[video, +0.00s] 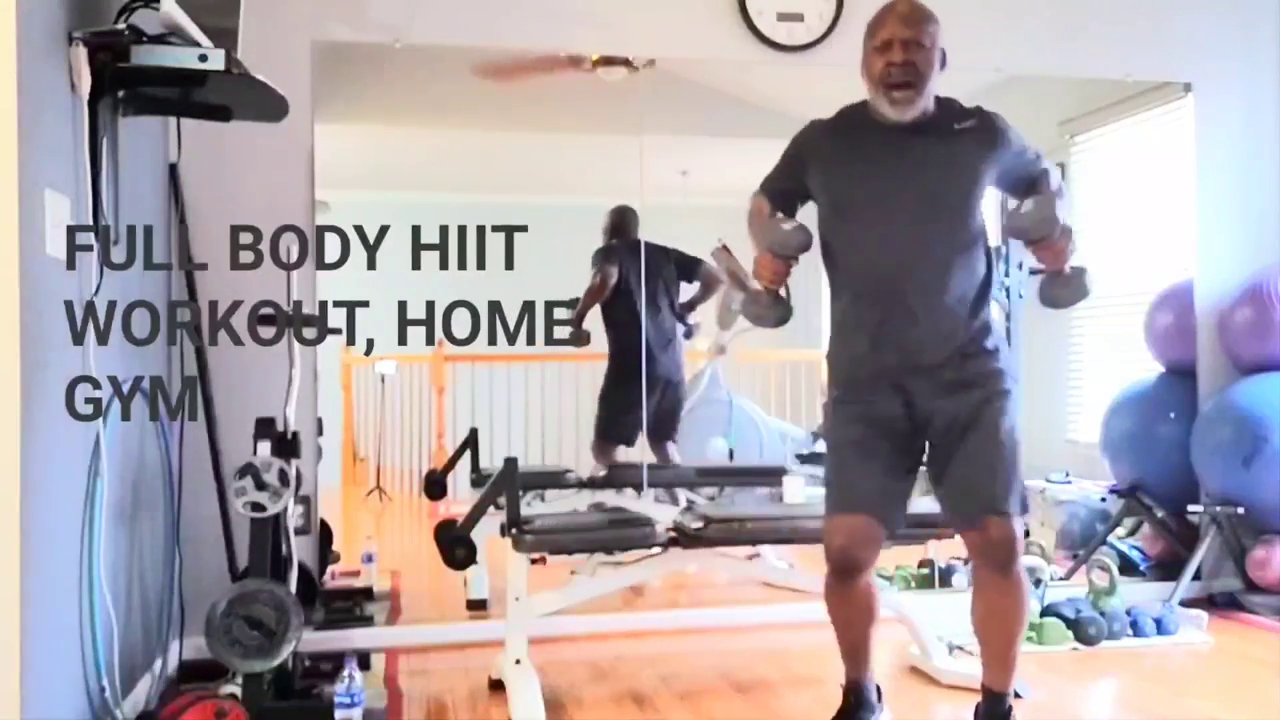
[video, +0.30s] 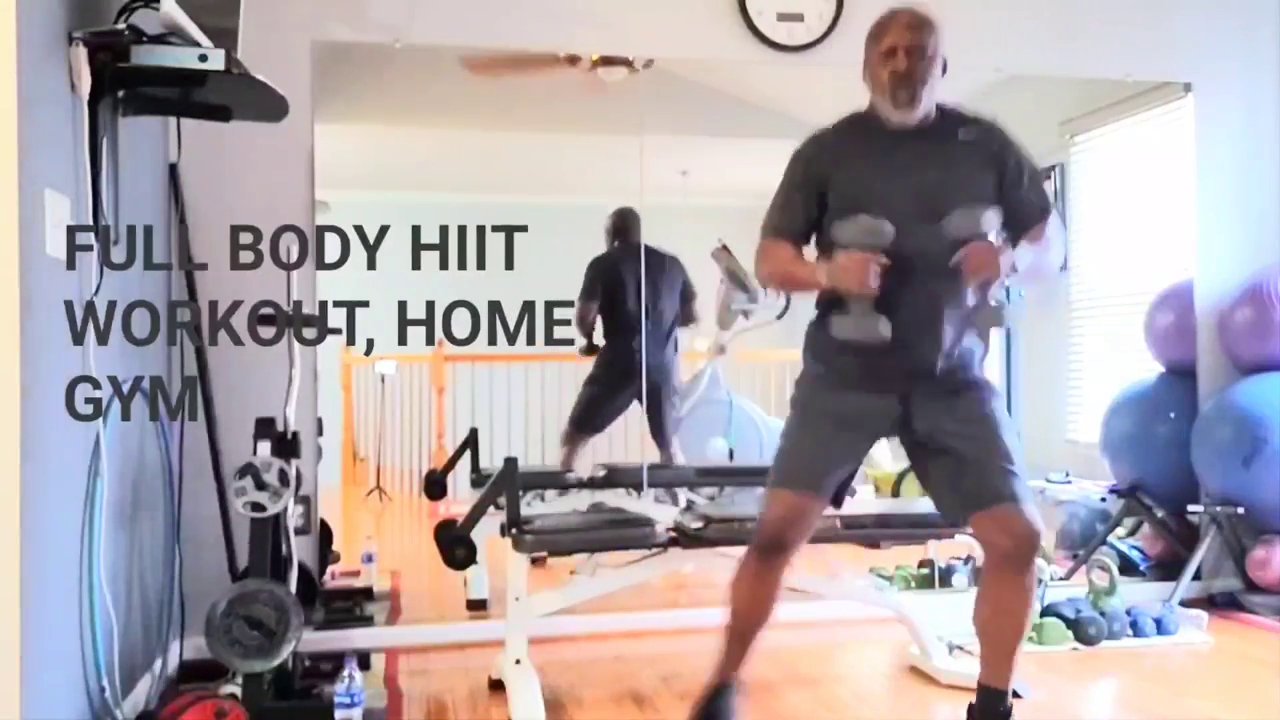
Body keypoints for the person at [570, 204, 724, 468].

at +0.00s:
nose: (604, 231)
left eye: (606, 227)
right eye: (605, 228)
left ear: (610, 229)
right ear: (636, 229)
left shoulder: (609, 252)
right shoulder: (664, 253)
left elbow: (606, 280)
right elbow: (714, 279)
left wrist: (578, 317)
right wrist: (690, 305)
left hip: (631, 367)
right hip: (671, 368)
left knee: (604, 448)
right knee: (662, 440)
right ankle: (683, 504)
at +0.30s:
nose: (605, 236)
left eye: (607, 232)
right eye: (607, 231)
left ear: (612, 232)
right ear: (639, 231)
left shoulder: (602, 264)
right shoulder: (671, 263)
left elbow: (584, 318)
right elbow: (689, 315)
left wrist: (589, 340)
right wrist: (658, 319)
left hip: (617, 365)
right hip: (661, 365)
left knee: (573, 440)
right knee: (669, 444)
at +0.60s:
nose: (570, 273)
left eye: (571, 270)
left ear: (573, 273)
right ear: (599, 272)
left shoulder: (563, 307)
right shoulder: (632, 303)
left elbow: (544, 362)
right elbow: (654, 355)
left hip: (588, 398)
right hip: (633, 397)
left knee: (535, 454)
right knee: (656, 459)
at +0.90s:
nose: (544, 230)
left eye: (543, 225)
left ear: (540, 226)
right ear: (568, 223)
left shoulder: (535, 254)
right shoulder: (593, 250)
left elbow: (509, 289)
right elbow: (632, 272)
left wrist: (510, 320)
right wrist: (627, 316)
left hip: (547, 350)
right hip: (586, 350)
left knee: (533, 428)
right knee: (584, 426)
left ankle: (529, 486)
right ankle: (587, 480)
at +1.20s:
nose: (535, 216)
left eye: (533, 211)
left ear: (533, 215)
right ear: (562, 214)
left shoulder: (519, 248)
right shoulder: (587, 249)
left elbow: (494, 301)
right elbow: (614, 301)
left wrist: (517, 306)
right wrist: (582, 304)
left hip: (530, 347)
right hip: (573, 351)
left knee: (505, 430)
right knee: (572, 431)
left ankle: (503, 494)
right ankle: (583, 490)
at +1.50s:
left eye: (506, 268)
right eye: (521, 268)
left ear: (500, 271)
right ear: (529, 270)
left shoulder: (483, 305)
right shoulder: (546, 302)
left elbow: (462, 363)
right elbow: (562, 354)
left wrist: (482, 347)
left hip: (498, 396)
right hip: (542, 396)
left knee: (449, 448)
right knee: (567, 458)